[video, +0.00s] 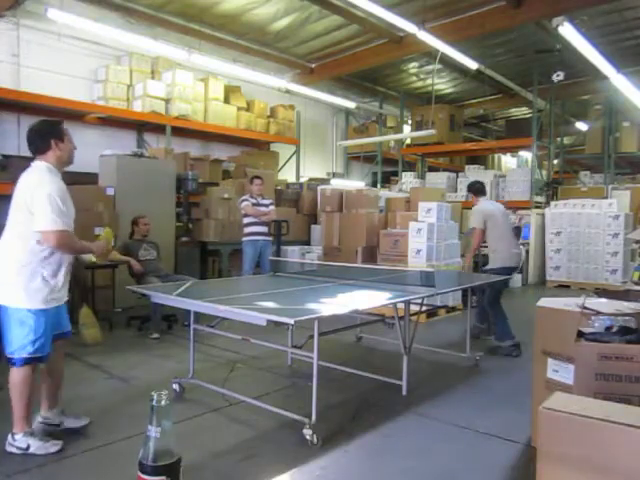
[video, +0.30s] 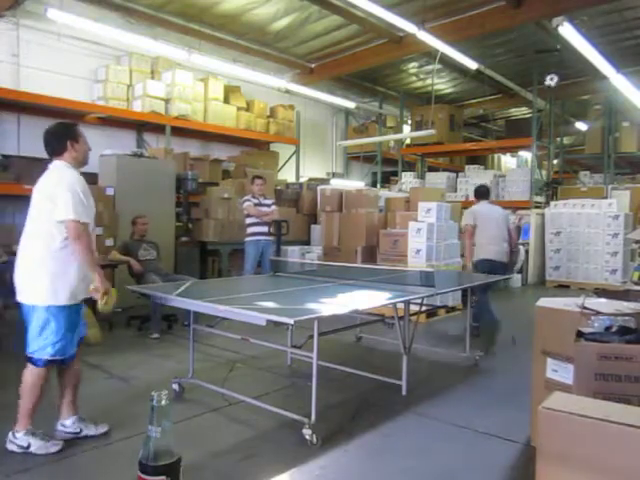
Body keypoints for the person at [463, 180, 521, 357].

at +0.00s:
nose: (470, 200)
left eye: (470, 197)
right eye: (470, 197)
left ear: (472, 196)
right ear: (485, 193)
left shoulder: (479, 210)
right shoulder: (499, 206)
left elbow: (477, 238)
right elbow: (505, 232)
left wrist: (468, 259)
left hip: (500, 261)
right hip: (514, 259)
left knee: (491, 300)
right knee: (483, 289)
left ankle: (508, 342)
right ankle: (482, 325)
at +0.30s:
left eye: (474, 198)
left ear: (475, 197)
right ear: (489, 197)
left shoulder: (472, 211)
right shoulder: (502, 212)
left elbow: (469, 236)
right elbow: (512, 239)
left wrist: (468, 261)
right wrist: (511, 258)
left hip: (482, 257)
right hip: (502, 258)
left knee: (480, 293)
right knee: (481, 293)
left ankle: (491, 322)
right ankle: (475, 324)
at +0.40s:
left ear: (478, 199)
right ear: (493, 198)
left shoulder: (472, 212)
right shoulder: (504, 213)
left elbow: (466, 234)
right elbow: (512, 239)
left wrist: (463, 256)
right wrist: (511, 260)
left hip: (477, 258)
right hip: (498, 259)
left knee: (473, 291)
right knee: (484, 292)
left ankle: (472, 325)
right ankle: (476, 325)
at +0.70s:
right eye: (501, 197)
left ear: (488, 198)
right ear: (501, 198)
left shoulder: (481, 210)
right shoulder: (510, 211)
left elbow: (468, 225)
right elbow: (517, 228)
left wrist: (466, 247)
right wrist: (517, 243)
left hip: (481, 252)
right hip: (502, 253)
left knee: (478, 282)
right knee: (492, 284)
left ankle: (480, 305)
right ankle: (482, 309)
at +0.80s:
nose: (509, 198)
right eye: (509, 196)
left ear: (496, 195)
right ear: (508, 196)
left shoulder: (486, 208)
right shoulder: (514, 209)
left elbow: (475, 224)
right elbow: (519, 226)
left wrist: (474, 242)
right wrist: (519, 243)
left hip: (485, 249)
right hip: (504, 250)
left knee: (482, 280)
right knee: (500, 281)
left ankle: (480, 308)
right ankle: (496, 303)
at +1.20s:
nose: (526, 209)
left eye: (526, 207)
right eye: (526, 207)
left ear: (513, 207)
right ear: (523, 208)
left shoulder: (503, 217)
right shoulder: (525, 219)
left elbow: (497, 233)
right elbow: (530, 235)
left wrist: (497, 246)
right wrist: (533, 250)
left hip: (504, 251)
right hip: (519, 252)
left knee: (504, 275)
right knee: (521, 278)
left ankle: (502, 297)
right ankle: (517, 301)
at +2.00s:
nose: (548, 216)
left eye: (548, 214)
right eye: (548, 215)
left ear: (538, 211)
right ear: (547, 214)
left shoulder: (527, 218)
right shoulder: (544, 224)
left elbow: (517, 228)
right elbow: (546, 242)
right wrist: (549, 257)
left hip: (515, 247)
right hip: (528, 250)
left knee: (529, 267)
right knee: (537, 268)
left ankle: (525, 287)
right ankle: (530, 288)